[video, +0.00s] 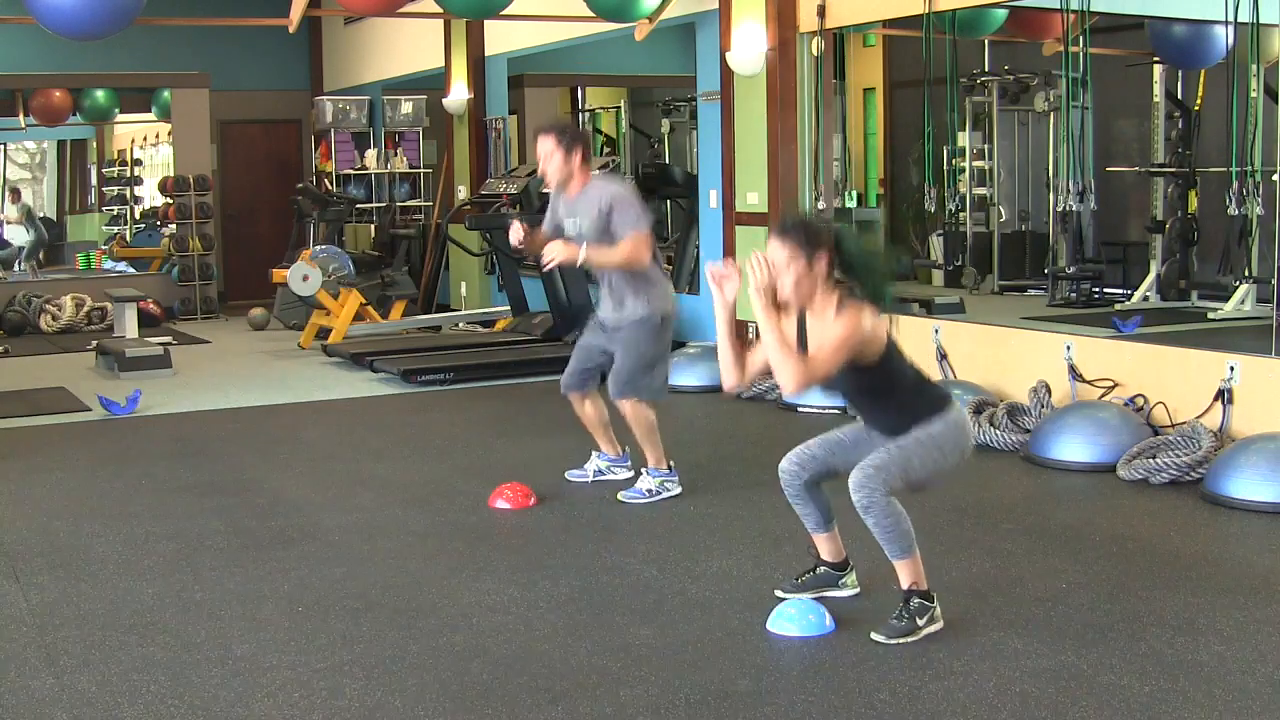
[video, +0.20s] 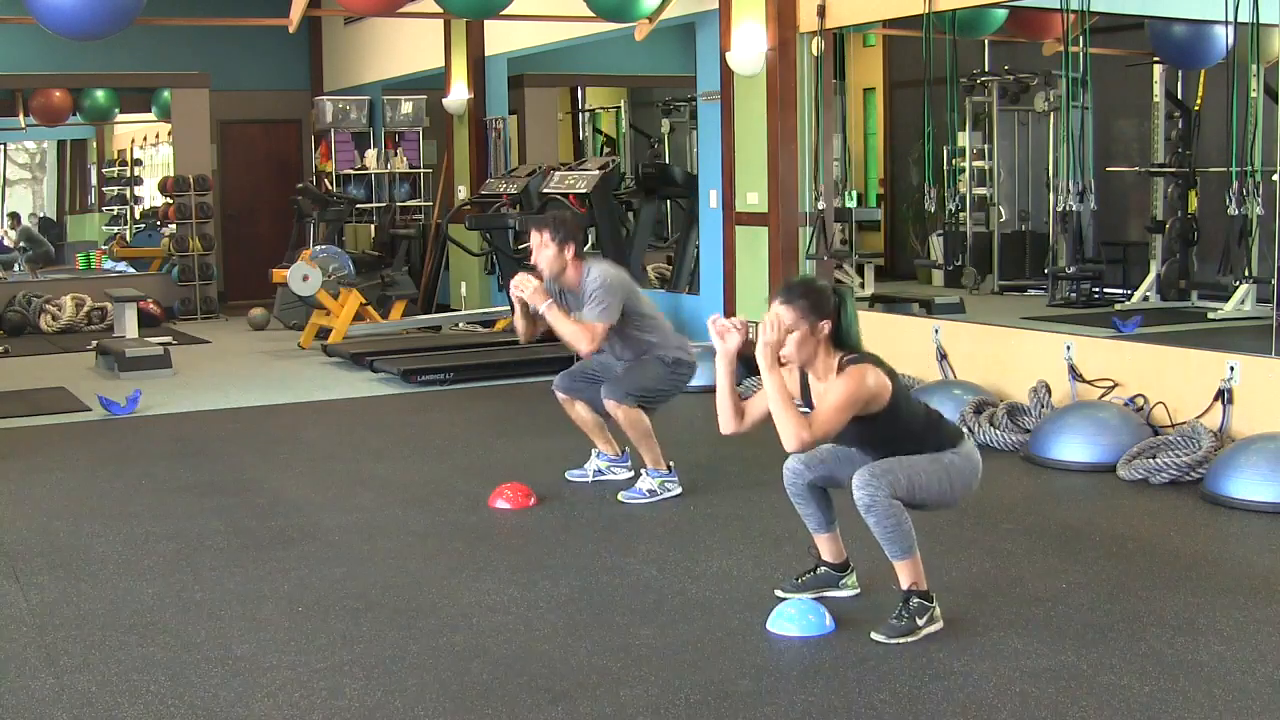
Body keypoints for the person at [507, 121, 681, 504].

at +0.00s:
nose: (540, 167)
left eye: (547, 157)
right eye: (539, 158)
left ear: (576, 156)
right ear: (564, 160)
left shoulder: (616, 192)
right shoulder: (559, 198)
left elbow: (640, 254)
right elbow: (547, 241)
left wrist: (580, 253)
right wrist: (527, 238)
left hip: (646, 309)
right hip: (609, 310)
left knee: (625, 390)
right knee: (577, 385)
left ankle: (661, 472)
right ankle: (614, 459)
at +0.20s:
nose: (533, 257)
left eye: (540, 247)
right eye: (531, 248)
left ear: (568, 250)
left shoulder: (605, 279)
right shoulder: (556, 283)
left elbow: (587, 343)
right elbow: (527, 336)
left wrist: (543, 302)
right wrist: (521, 305)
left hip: (666, 358)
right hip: (618, 358)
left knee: (615, 395)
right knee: (566, 388)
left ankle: (661, 474)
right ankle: (612, 458)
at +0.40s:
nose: (530, 249)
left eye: (538, 240)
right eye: (530, 241)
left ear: (567, 246)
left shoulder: (601, 273)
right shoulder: (551, 278)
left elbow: (583, 335)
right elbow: (528, 328)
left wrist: (531, 312)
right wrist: (518, 314)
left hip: (662, 352)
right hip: (617, 355)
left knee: (617, 395)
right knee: (566, 388)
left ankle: (661, 474)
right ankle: (611, 457)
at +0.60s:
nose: (530, 159)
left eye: (536, 149)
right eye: (530, 149)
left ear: (560, 151)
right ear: (555, 153)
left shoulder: (597, 188)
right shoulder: (557, 192)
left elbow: (642, 230)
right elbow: (578, 228)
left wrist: (608, 275)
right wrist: (563, 253)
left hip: (635, 303)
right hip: (599, 302)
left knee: (614, 385)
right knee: (567, 380)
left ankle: (656, 468)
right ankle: (607, 451)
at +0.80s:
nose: (532, 108)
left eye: (537, 100)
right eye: (531, 100)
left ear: (562, 102)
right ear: (559, 103)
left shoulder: (606, 138)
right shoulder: (560, 144)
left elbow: (659, 179)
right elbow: (580, 190)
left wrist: (636, 225)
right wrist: (570, 221)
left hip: (615, 265)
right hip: (584, 262)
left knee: (582, 351)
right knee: (578, 353)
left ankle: (582, 444)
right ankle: (606, 440)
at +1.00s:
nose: (544, 123)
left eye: (551, 115)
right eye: (544, 115)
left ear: (578, 118)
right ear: (568, 119)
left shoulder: (609, 159)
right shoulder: (564, 162)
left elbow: (651, 206)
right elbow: (571, 210)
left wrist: (605, 227)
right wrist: (534, 221)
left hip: (609, 290)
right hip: (584, 289)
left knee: (566, 365)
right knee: (583, 381)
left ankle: (558, 460)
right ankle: (615, 456)